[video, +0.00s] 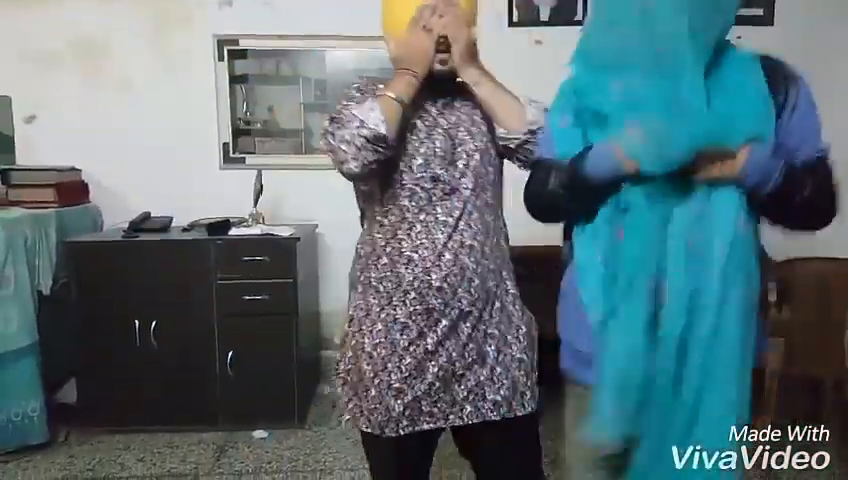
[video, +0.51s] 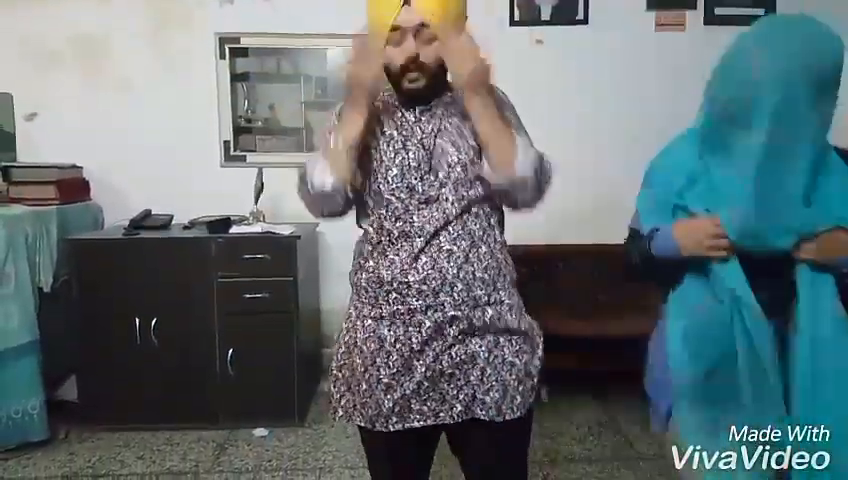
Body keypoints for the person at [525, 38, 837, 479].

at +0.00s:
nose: (665, 20)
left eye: (678, 11)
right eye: (649, 13)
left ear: (712, 11)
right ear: (628, 14)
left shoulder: (770, 84)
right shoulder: (594, 85)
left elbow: (818, 205)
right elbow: (541, 198)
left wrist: (753, 169)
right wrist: (612, 159)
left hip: (715, 357)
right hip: (603, 351)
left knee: (706, 469)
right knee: (595, 469)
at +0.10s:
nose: (682, 24)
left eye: (699, 13)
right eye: (666, 16)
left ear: (731, 10)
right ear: (644, 12)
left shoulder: (780, 79)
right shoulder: (609, 85)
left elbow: (839, 188)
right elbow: (549, 190)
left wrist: (766, 150)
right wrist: (635, 148)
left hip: (736, 358)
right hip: (625, 359)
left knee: (732, 470)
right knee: (633, 468)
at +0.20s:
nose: (697, 27)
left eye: (714, 15)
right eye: (682, 17)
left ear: (748, 13)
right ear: (661, 16)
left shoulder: (800, 84)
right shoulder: (629, 90)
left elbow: (844, 196)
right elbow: (573, 193)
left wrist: (784, 152)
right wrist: (659, 152)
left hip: (758, 362)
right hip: (646, 362)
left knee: (761, 471)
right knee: (650, 470)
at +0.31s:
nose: (717, 44)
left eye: (735, 23)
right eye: (700, 24)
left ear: (770, 26)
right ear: (677, 26)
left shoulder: (817, 113)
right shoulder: (653, 109)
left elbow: (846, 225)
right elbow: (601, 214)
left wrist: (806, 182)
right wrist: (671, 175)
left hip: (784, 372)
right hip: (672, 370)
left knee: (789, 471)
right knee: (656, 468)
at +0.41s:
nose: (751, 99)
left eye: (773, 85)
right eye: (742, 84)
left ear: (792, 90)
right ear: (722, 78)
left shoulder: (814, 156)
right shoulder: (681, 147)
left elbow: (843, 245)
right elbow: (634, 237)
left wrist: (825, 236)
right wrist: (678, 217)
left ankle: (796, 440)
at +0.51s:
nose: (772, 124)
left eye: (792, 109)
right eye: (761, 106)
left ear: (816, 106)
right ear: (739, 93)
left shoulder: (832, 171)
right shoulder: (684, 162)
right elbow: (636, 252)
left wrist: (846, 247)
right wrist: (674, 240)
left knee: (827, 291)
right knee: (699, 308)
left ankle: (823, 445)